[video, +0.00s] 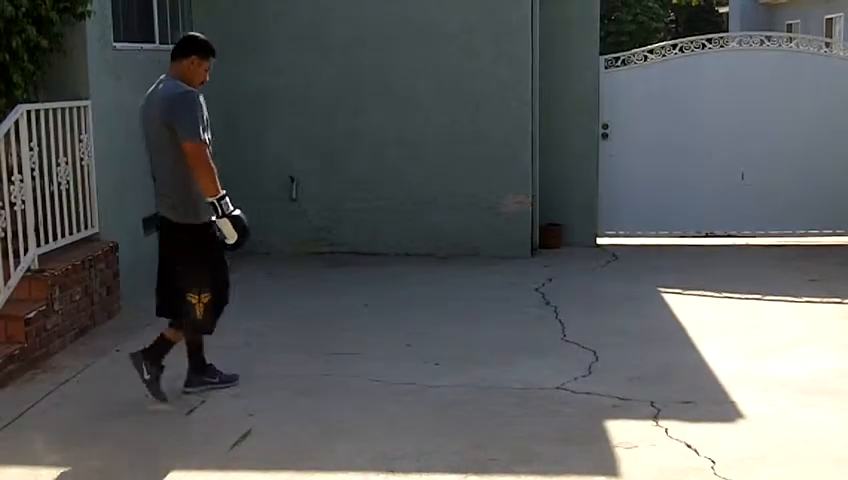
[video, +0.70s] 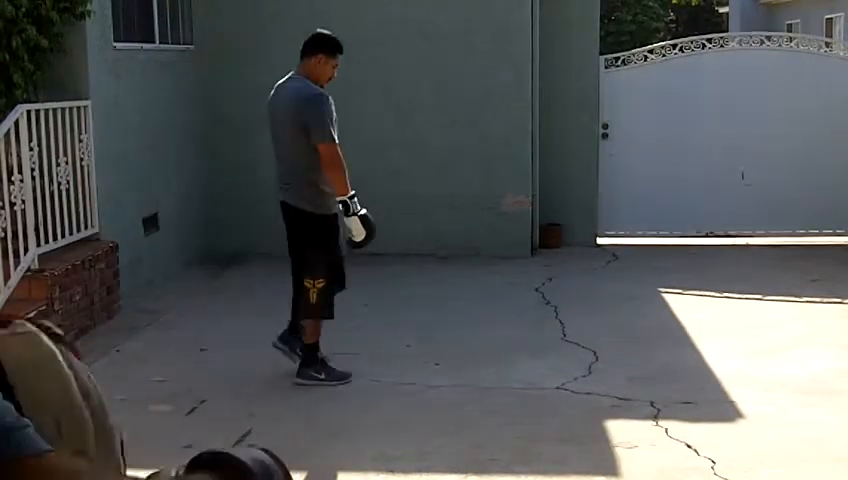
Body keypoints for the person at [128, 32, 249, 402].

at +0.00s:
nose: (208, 75)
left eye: (208, 68)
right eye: (206, 67)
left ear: (178, 62)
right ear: (190, 62)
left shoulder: (158, 95)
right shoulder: (186, 99)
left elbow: (165, 160)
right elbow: (198, 158)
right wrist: (224, 209)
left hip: (173, 215)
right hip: (192, 218)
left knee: (190, 290)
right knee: (211, 292)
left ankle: (198, 368)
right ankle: (152, 357)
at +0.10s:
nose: (224, 76)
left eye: (226, 69)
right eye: (222, 68)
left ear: (197, 62)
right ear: (206, 61)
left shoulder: (175, 93)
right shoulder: (200, 98)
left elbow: (186, 157)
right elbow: (211, 157)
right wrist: (233, 209)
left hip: (187, 214)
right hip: (210, 217)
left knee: (196, 290)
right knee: (236, 295)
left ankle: (196, 364)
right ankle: (203, 363)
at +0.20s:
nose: (241, 76)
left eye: (242, 69)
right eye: (240, 68)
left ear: (217, 61)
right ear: (223, 61)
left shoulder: (192, 92)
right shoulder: (218, 97)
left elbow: (200, 154)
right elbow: (224, 154)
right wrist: (249, 210)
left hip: (199, 214)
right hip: (228, 215)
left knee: (201, 291)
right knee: (260, 290)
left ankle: (199, 369)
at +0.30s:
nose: (259, 77)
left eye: (261, 70)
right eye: (258, 69)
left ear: (236, 63)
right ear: (243, 63)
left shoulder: (214, 93)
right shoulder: (237, 99)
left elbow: (235, 154)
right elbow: (242, 157)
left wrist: (265, 190)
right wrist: (261, 213)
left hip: (218, 214)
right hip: (242, 217)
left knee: (210, 290)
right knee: (271, 288)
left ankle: (201, 367)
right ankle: (300, 362)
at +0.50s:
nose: (301, 78)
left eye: (303, 71)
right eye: (300, 70)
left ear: (277, 62)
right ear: (285, 63)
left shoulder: (251, 91)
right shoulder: (278, 100)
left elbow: (262, 155)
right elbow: (286, 160)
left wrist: (296, 195)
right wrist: (302, 214)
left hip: (259, 212)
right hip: (285, 216)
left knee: (252, 284)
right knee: (300, 288)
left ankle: (221, 349)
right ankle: (308, 362)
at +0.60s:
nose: (319, 76)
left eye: (321, 69)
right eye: (319, 68)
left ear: (295, 60)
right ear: (303, 61)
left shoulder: (267, 91)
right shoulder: (298, 100)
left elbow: (274, 154)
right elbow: (310, 162)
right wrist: (327, 214)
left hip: (276, 209)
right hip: (300, 212)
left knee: (283, 280)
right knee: (308, 286)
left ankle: (254, 332)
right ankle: (309, 362)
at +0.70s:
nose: (333, 74)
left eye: (335, 67)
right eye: (333, 66)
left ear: (309, 59)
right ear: (318, 60)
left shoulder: (282, 89)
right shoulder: (314, 97)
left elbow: (291, 151)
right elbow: (330, 156)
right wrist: (350, 206)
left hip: (295, 202)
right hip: (314, 207)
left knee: (312, 273)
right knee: (318, 280)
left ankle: (296, 332)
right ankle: (311, 361)